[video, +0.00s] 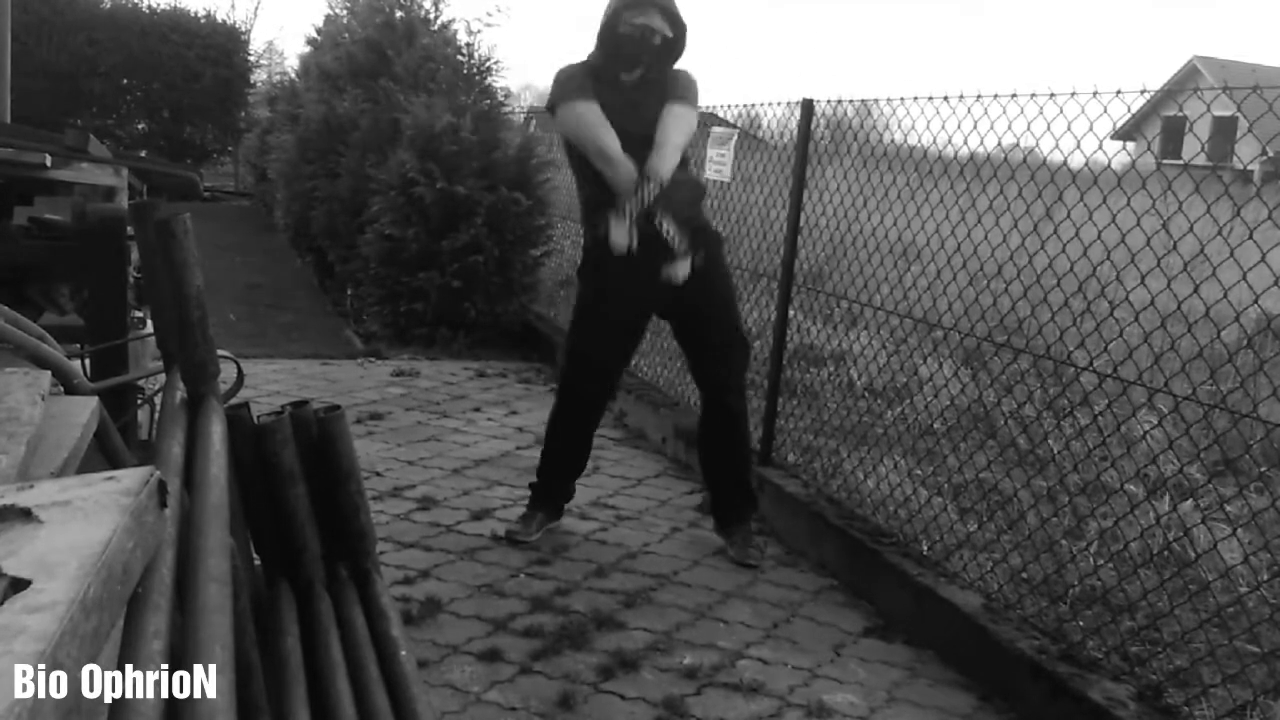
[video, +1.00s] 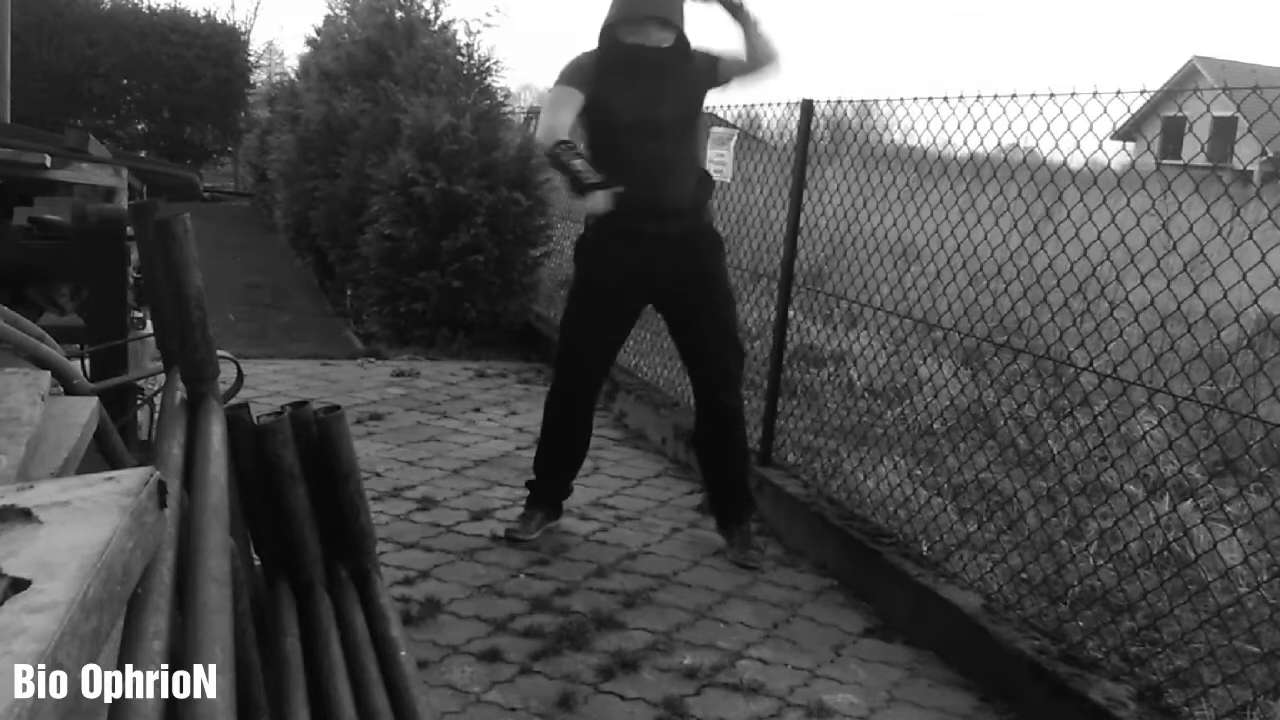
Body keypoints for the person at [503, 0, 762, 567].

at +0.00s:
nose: (644, 44)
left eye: (657, 37)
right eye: (634, 30)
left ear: (670, 46)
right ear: (611, 29)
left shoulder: (679, 85)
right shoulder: (572, 82)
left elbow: (672, 144)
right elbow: (603, 152)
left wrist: (648, 190)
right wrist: (647, 214)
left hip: (689, 255)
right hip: (615, 254)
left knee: (725, 378)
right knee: (584, 383)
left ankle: (736, 518)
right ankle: (546, 503)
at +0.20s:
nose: (657, 35)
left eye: (667, 26)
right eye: (647, 30)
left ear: (691, 22)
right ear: (643, 23)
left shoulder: (726, 61)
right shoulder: (628, 57)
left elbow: (693, 58)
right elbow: (607, 75)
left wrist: (671, 0)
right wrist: (623, 12)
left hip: (688, 247)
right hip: (616, 241)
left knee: (710, 387)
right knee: (577, 375)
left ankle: (728, 519)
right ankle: (542, 498)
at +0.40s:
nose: (669, 66)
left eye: (682, 55)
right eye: (660, 55)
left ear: (712, 52)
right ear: (652, 58)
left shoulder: (750, 103)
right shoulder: (652, 102)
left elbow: (737, 151)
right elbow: (612, 171)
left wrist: (734, 83)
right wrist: (617, 105)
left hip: (680, 267)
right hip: (616, 253)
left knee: (694, 399)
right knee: (566, 370)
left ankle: (723, 525)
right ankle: (544, 497)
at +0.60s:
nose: (682, 52)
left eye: (696, 44)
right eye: (672, 40)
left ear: (712, 38)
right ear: (656, 26)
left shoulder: (729, 75)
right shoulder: (623, 54)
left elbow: (771, 139)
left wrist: (744, 138)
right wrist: (593, 82)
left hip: (685, 259)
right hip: (610, 249)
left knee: (707, 389)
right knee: (567, 376)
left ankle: (727, 524)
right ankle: (542, 500)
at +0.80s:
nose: (672, 59)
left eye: (683, 52)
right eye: (662, 46)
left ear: (694, 55)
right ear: (638, 39)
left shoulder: (680, 109)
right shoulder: (599, 77)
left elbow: (674, 188)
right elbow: (554, 115)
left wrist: (707, 159)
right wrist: (529, 150)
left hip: (685, 262)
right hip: (615, 260)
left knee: (716, 386)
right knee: (582, 386)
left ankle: (734, 520)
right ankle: (545, 504)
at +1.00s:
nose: (653, 34)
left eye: (659, 26)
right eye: (651, 24)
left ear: (620, 13)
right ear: (671, 16)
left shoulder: (696, 66)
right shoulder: (589, 67)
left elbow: (764, 63)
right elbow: (552, 134)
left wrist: (741, 13)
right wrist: (583, 178)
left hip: (689, 245)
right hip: (613, 244)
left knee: (721, 380)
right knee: (576, 376)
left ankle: (736, 519)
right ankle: (544, 502)